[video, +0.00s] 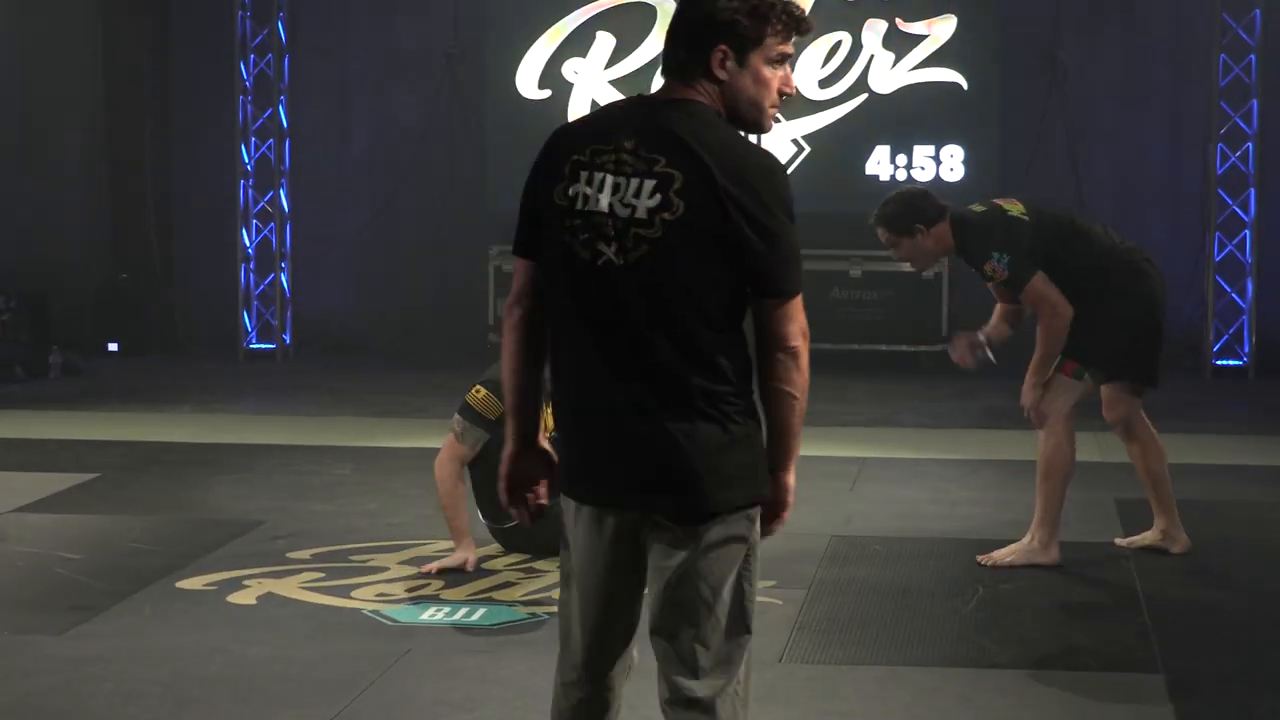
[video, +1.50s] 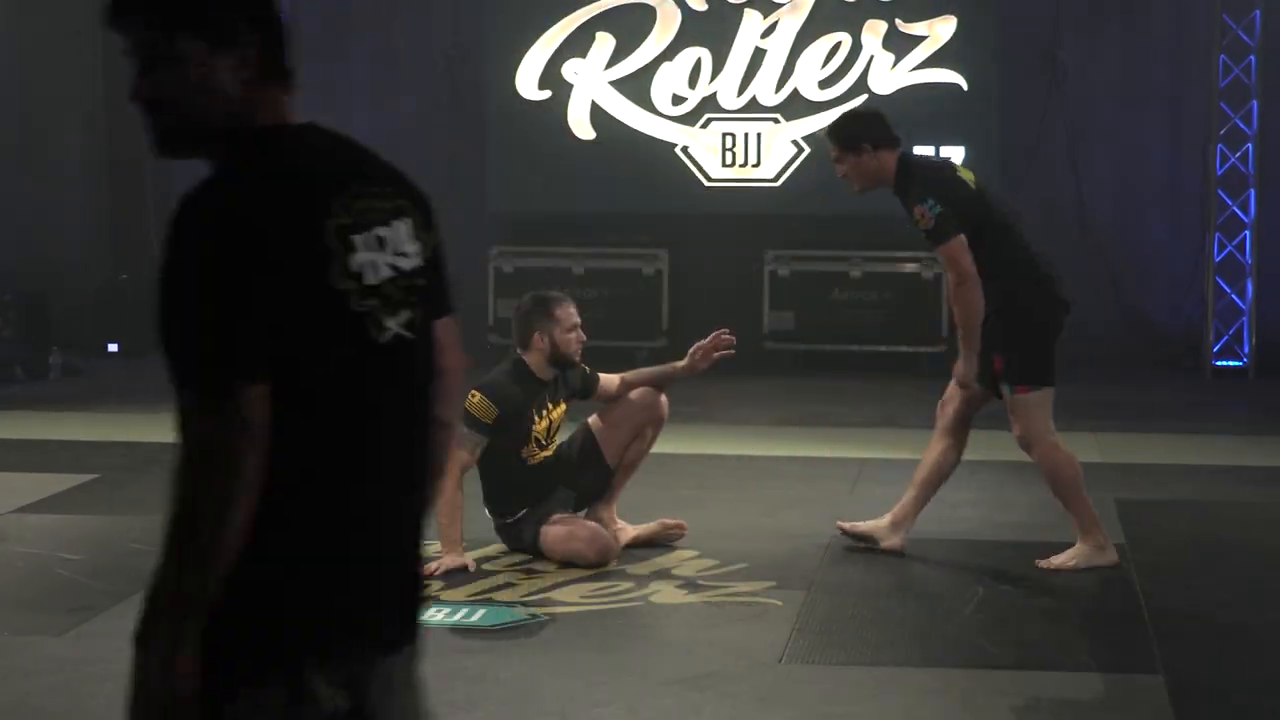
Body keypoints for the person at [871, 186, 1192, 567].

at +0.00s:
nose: (899, 258)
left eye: (897, 247)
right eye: (893, 250)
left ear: (924, 232)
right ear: (924, 230)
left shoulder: (985, 240)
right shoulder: (976, 230)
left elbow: (1056, 311)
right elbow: (1011, 307)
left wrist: (1034, 381)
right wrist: (983, 338)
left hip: (1110, 298)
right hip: (1134, 288)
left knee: (1053, 407)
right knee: (1122, 409)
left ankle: (1041, 541)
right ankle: (1169, 527)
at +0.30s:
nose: (848, 244)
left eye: (847, 234)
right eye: (842, 236)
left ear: (874, 220)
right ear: (878, 215)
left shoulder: (934, 235)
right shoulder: (929, 219)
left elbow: (988, 313)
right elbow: (988, 305)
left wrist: (984, 389)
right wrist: (984, 371)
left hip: (1067, 291)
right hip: (1055, 288)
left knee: (1017, 411)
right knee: (1007, 399)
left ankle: (1041, 543)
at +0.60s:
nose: (790, 272)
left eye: (786, 262)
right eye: (784, 265)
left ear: (804, 245)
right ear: (807, 243)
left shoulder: (861, 246)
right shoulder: (852, 257)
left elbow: (922, 314)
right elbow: (883, 343)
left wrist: (888, 394)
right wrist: (875, 416)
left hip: (992, 312)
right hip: (957, 314)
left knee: (913, 409)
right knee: (891, 408)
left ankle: (980, 509)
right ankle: (875, 526)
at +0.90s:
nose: (733, 374)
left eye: (734, 358)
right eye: (728, 363)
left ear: (755, 341)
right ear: (755, 343)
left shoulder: (811, 346)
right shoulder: (780, 376)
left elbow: (891, 373)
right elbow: (740, 438)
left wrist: (914, 457)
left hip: (939, 403)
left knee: (814, 420)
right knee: (825, 412)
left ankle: (826, 544)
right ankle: (859, 528)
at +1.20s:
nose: (763, 228)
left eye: (767, 216)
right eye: (760, 218)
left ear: (797, 206)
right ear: (795, 208)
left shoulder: (863, 224)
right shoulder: (820, 242)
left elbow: (926, 292)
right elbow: (825, 303)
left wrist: (923, 375)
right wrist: (839, 350)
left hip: (968, 320)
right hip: (934, 319)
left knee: (877, 403)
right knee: (855, 400)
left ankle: (900, 532)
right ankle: (863, 522)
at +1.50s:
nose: (838, 172)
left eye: (841, 160)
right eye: (835, 161)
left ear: (871, 151)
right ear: (875, 152)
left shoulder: (922, 187)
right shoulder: (920, 178)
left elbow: (965, 276)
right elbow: (963, 269)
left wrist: (968, 358)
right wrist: (966, 348)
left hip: (1027, 308)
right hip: (1002, 306)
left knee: (1033, 433)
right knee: (952, 416)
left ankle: (1096, 542)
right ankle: (896, 525)